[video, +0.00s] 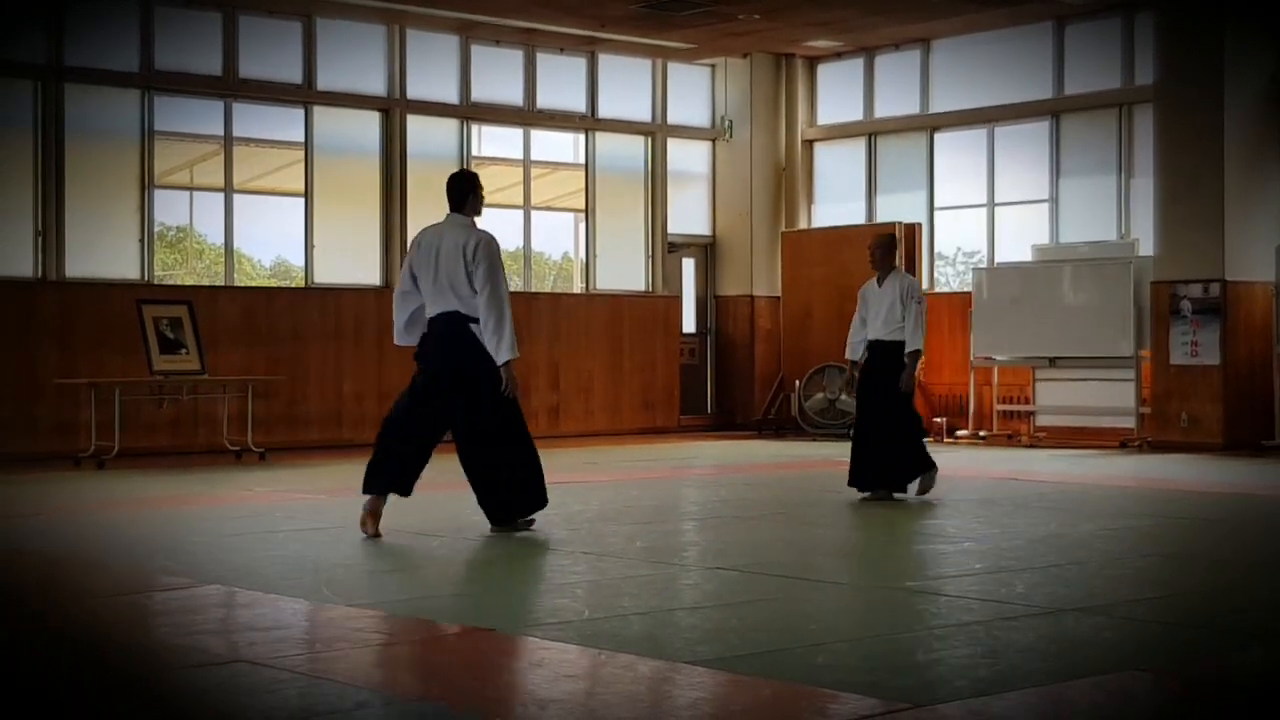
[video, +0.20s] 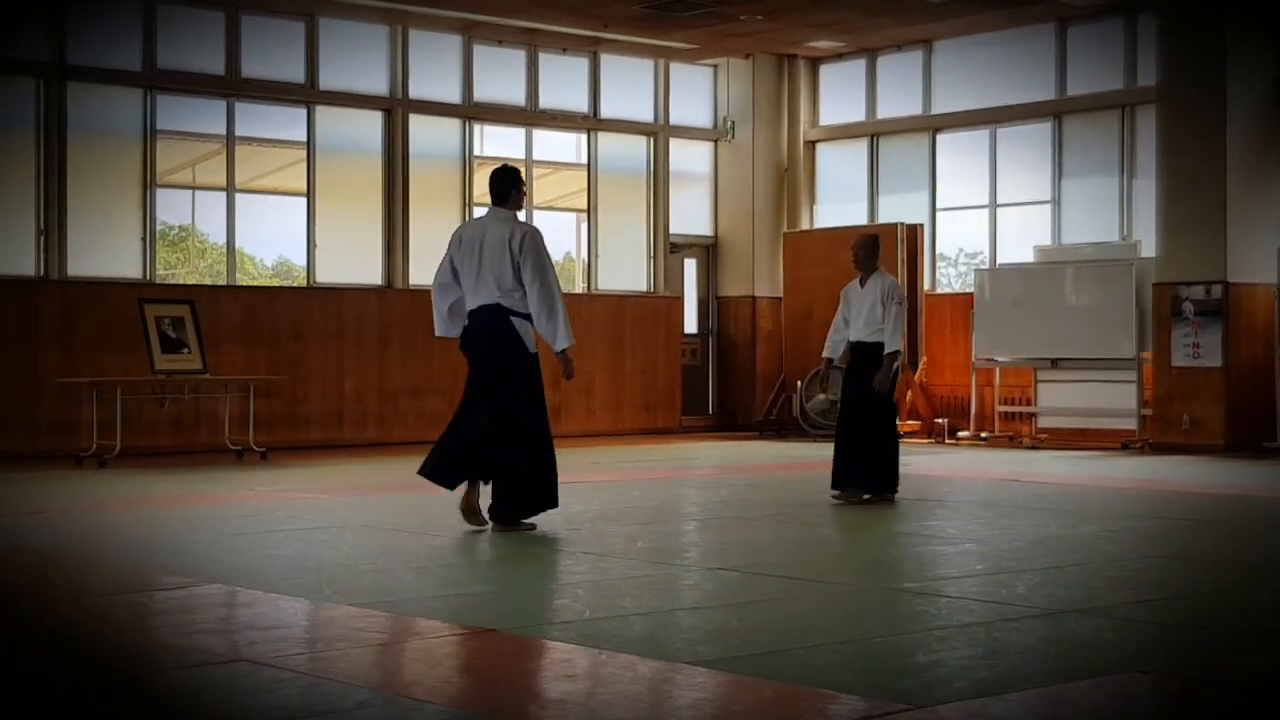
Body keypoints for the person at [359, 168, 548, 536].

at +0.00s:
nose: (484, 201)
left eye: (482, 195)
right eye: (482, 195)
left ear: (449, 199)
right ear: (474, 199)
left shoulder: (424, 239)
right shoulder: (481, 241)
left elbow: (406, 296)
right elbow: (493, 304)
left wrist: (422, 332)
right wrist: (505, 359)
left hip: (436, 343)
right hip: (473, 343)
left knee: (412, 419)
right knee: (490, 426)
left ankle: (378, 493)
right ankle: (504, 511)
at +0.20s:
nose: (525, 196)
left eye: (523, 191)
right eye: (523, 191)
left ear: (491, 195)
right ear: (517, 195)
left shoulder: (464, 233)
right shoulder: (525, 235)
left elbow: (444, 286)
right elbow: (543, 295)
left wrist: (462, 327)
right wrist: (561, 346)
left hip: (476, 332)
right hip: (512, 333)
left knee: (485, 410)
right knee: (517, 418)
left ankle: (472, 486)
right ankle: (506, 513)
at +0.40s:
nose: (561, 204)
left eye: (558, 198)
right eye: (559, 199)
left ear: (528, 202)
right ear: (553, 201)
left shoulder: (501, 239)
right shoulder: (560, 240)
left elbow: (479, 289)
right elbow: (580, 296)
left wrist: (496, 330)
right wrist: (605, 343)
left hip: (509, 337)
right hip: (543, 336)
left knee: (543, 419)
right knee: (532, 423)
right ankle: (507, 513)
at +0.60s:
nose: (597, 212)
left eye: (595, 207)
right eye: (595, 207)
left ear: (566, 211)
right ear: (589, 211)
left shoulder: (540, 248)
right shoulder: (600, 250)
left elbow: (520, 298)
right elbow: (621, 304)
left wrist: (536, 336)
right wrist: (646, 341)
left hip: (549, 341)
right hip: (583, 341)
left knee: (589, 419)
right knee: (559, 422)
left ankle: (597, 495)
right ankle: (519, 498)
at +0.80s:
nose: (634, 217)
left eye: (631, 212)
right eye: (632, 212)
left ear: (604, 216)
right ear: (627, 216)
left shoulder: (576, 251)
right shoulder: (635, 253)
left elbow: (556, 301)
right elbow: (663, 298)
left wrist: (569, 338)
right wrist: (687, 324)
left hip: (585, 345)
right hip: (622, 345)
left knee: (594, 417)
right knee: (650, 417)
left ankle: (598, 498)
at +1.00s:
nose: (672, 235)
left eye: (667, 230)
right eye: (671, 230)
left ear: (642, 232)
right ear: (669, 232)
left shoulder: (616, 264)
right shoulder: (676, 266)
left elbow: (588, 310)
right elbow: (719, 264)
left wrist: (599, 351)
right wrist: (718, 229)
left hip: (620, 356)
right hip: (659, 357)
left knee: (609, 428)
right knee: (693, 420)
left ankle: (593, 493)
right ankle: (710, 490)